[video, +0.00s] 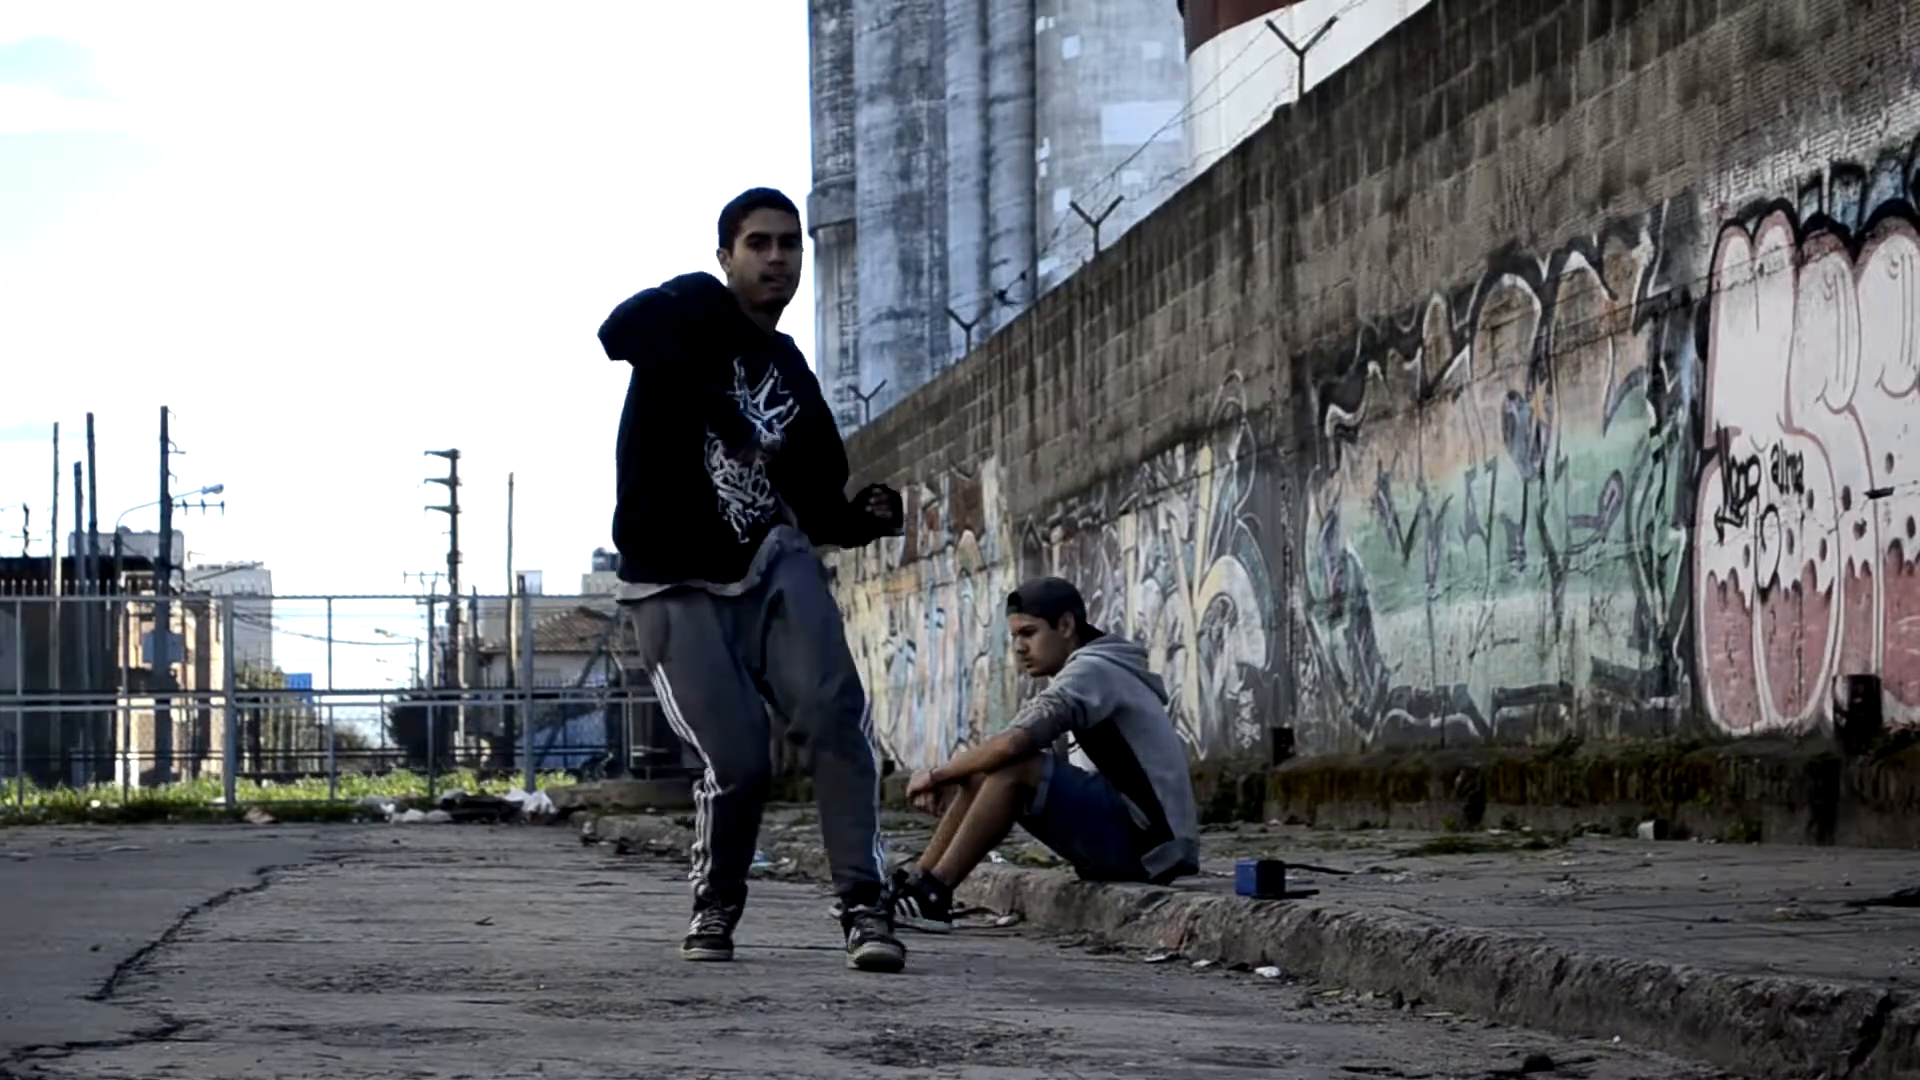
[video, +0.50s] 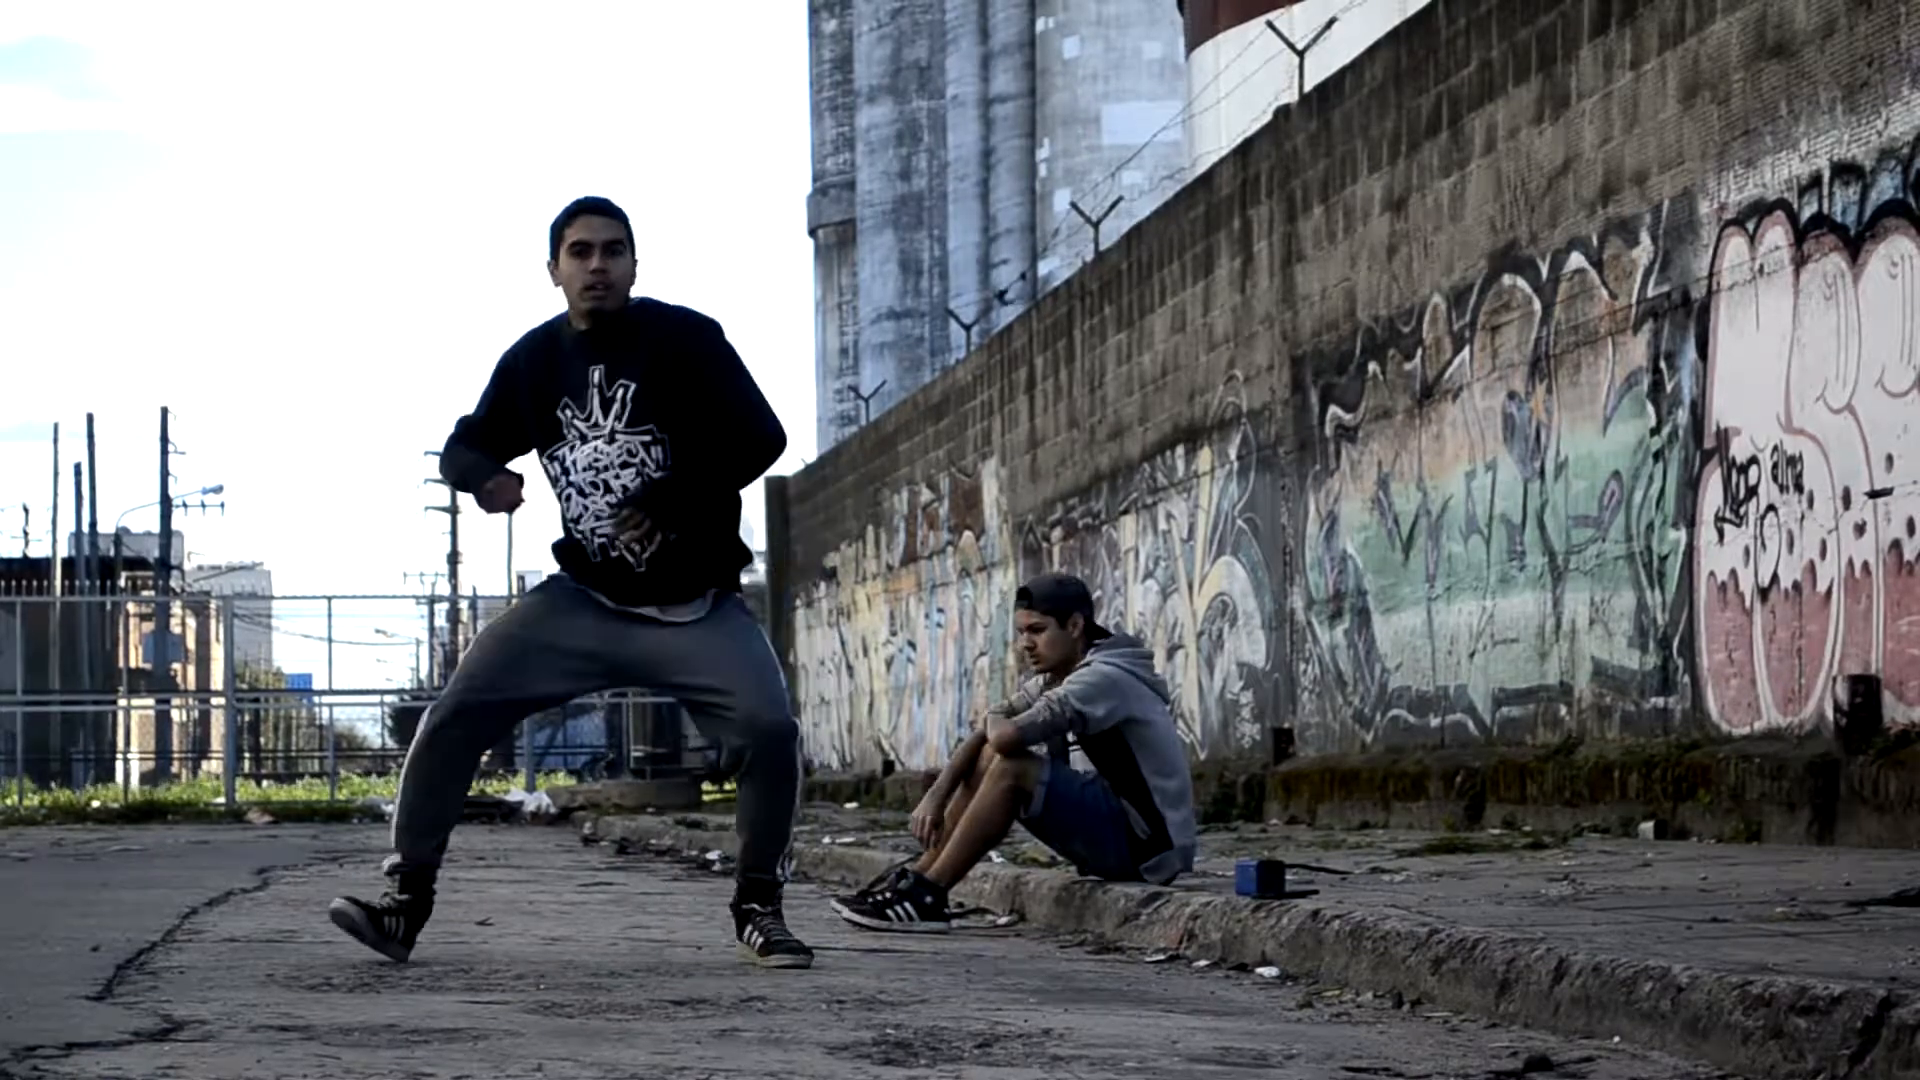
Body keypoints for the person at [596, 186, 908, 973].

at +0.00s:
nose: (777, 258)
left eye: (789, 244)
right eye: (759, 244)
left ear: (802, 258)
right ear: (726, 256)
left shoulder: (796, 379)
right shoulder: (688, 314)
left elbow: (819, 514)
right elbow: (619, 335)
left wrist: (869, 514)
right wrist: (709, 286)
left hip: (776, 563)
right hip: (676, 576)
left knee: (835, 717)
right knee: (738, 759)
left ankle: (865, 906)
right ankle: (717, 899)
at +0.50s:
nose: (598, 266)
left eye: (613, 251)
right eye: (581, 252)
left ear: (635, 263)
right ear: (555, 270)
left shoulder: (690, 341)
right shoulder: (533, 363)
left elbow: (762, 437)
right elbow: (465, 448)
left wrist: (671, 501)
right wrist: (482, 473)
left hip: (701, 611)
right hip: (583, 604)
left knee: (772, 731)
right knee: (456, 710)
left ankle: (760, 910)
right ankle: (405, 902)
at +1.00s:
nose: (674, 351)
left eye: (685, 338)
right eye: (656, 335)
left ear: (693, 349)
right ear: (616, 340)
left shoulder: (659, 480)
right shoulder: (585, 386)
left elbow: (681, 593)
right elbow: (510, 481)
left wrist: (778, 530)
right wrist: (538, 601)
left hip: (658, 664)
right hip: (550, 669)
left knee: (797, 738)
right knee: (489, 816)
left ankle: (747, 916)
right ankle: (406, 920)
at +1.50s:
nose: (597, 192)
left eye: (608, 177)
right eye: (579, 177)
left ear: (620, 185)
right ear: (542, 188)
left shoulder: (681, 283)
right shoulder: (507, 292)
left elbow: (762, 383)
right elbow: (409, 407)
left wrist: (716, 451)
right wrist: (501, 468)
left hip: (670, 557)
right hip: (549, 554)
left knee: (715, 715)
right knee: (475, 696)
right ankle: (442, 837)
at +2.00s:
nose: (666, 222)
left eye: (678, 210)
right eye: (648, 212)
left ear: (697, 225)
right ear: (619, 234)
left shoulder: (754, 300)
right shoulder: (625, 365)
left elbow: (848, 369)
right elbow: (581, 483)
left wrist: (852, 453)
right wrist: (521, 430)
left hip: (801, 580)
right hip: (701, 588)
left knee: (790, 768)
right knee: (718, 728)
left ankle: (698, 843)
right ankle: (790, 907)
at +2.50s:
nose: (834, 284)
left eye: (845, 271)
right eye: (817, 267)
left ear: (852, 281)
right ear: (775, 271)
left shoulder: (851, 383)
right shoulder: (736, 373)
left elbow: (895, 497)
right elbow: (719, 518)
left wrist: (965, 504)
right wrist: (758, 417)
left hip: (965, 579)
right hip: (879, 591)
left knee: (1055, 741)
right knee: (884, 771)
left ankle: (982, 919)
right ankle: (776, 896)